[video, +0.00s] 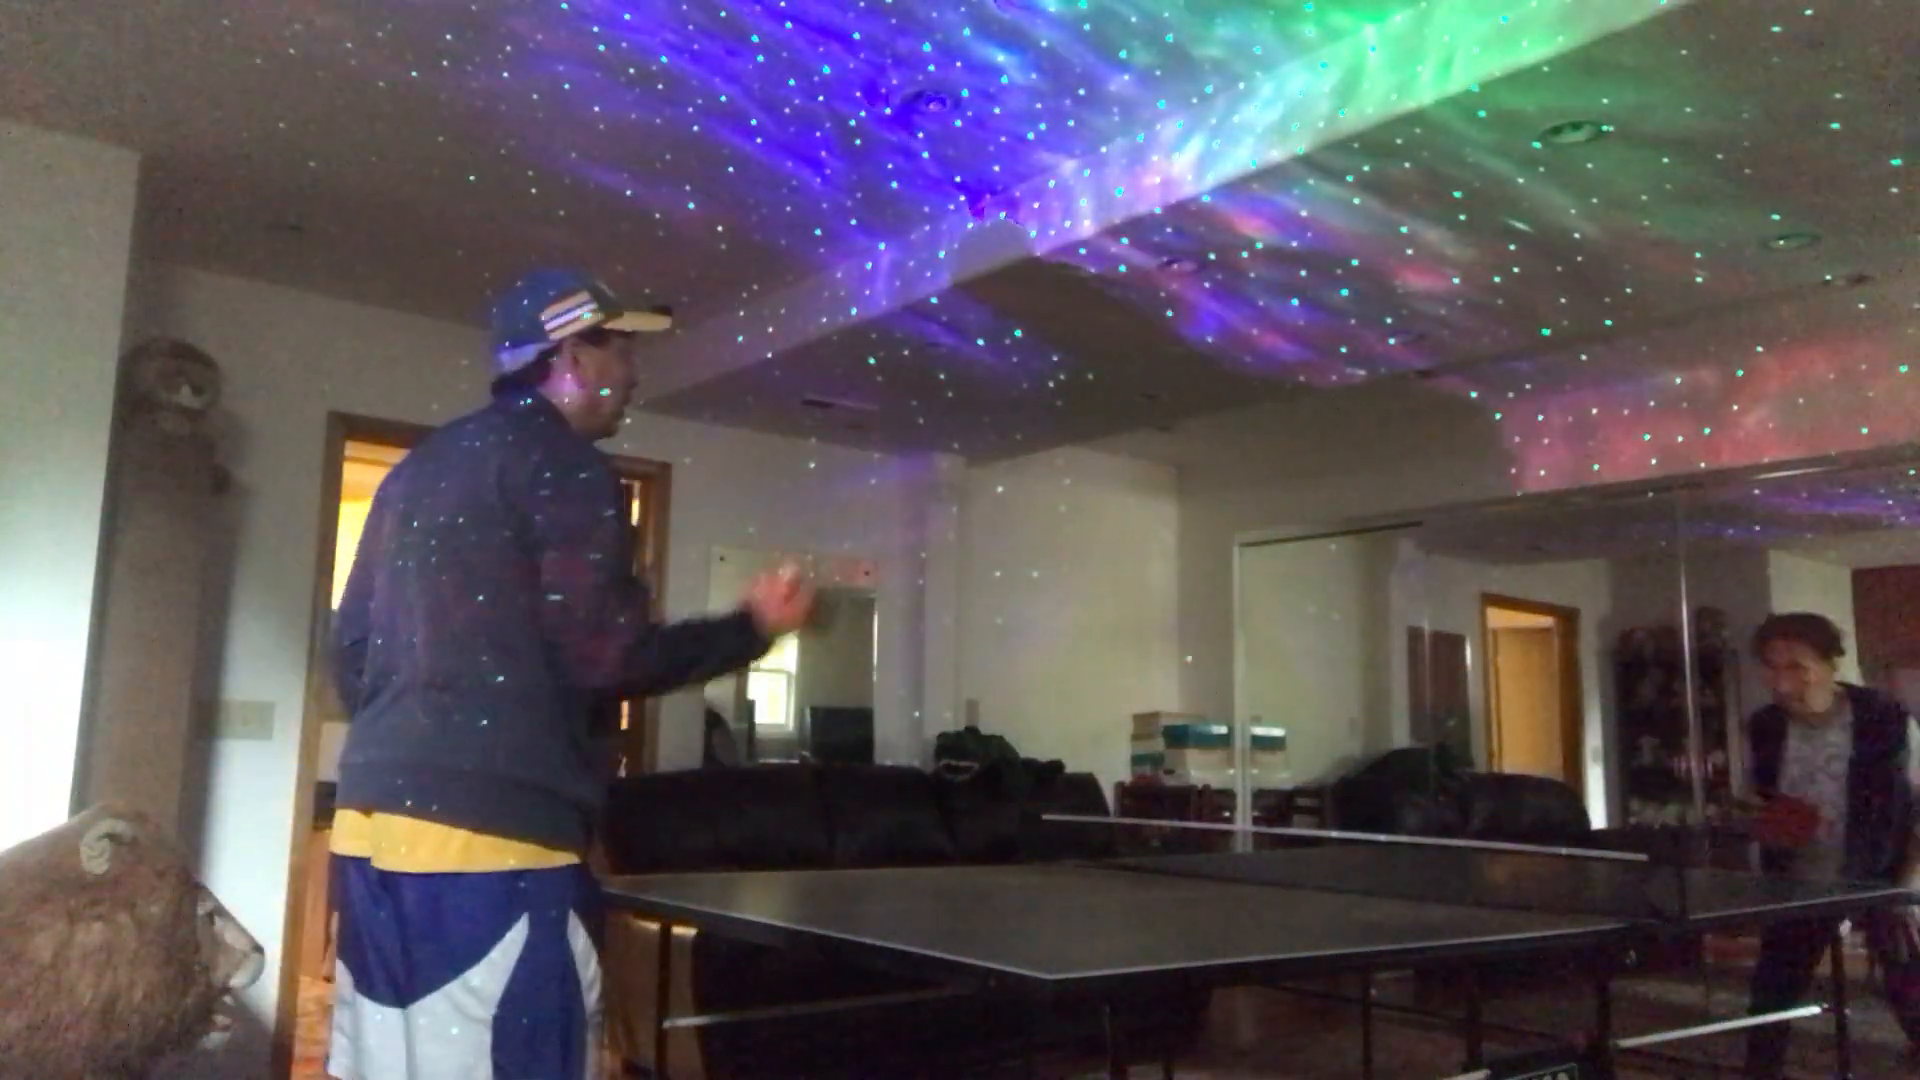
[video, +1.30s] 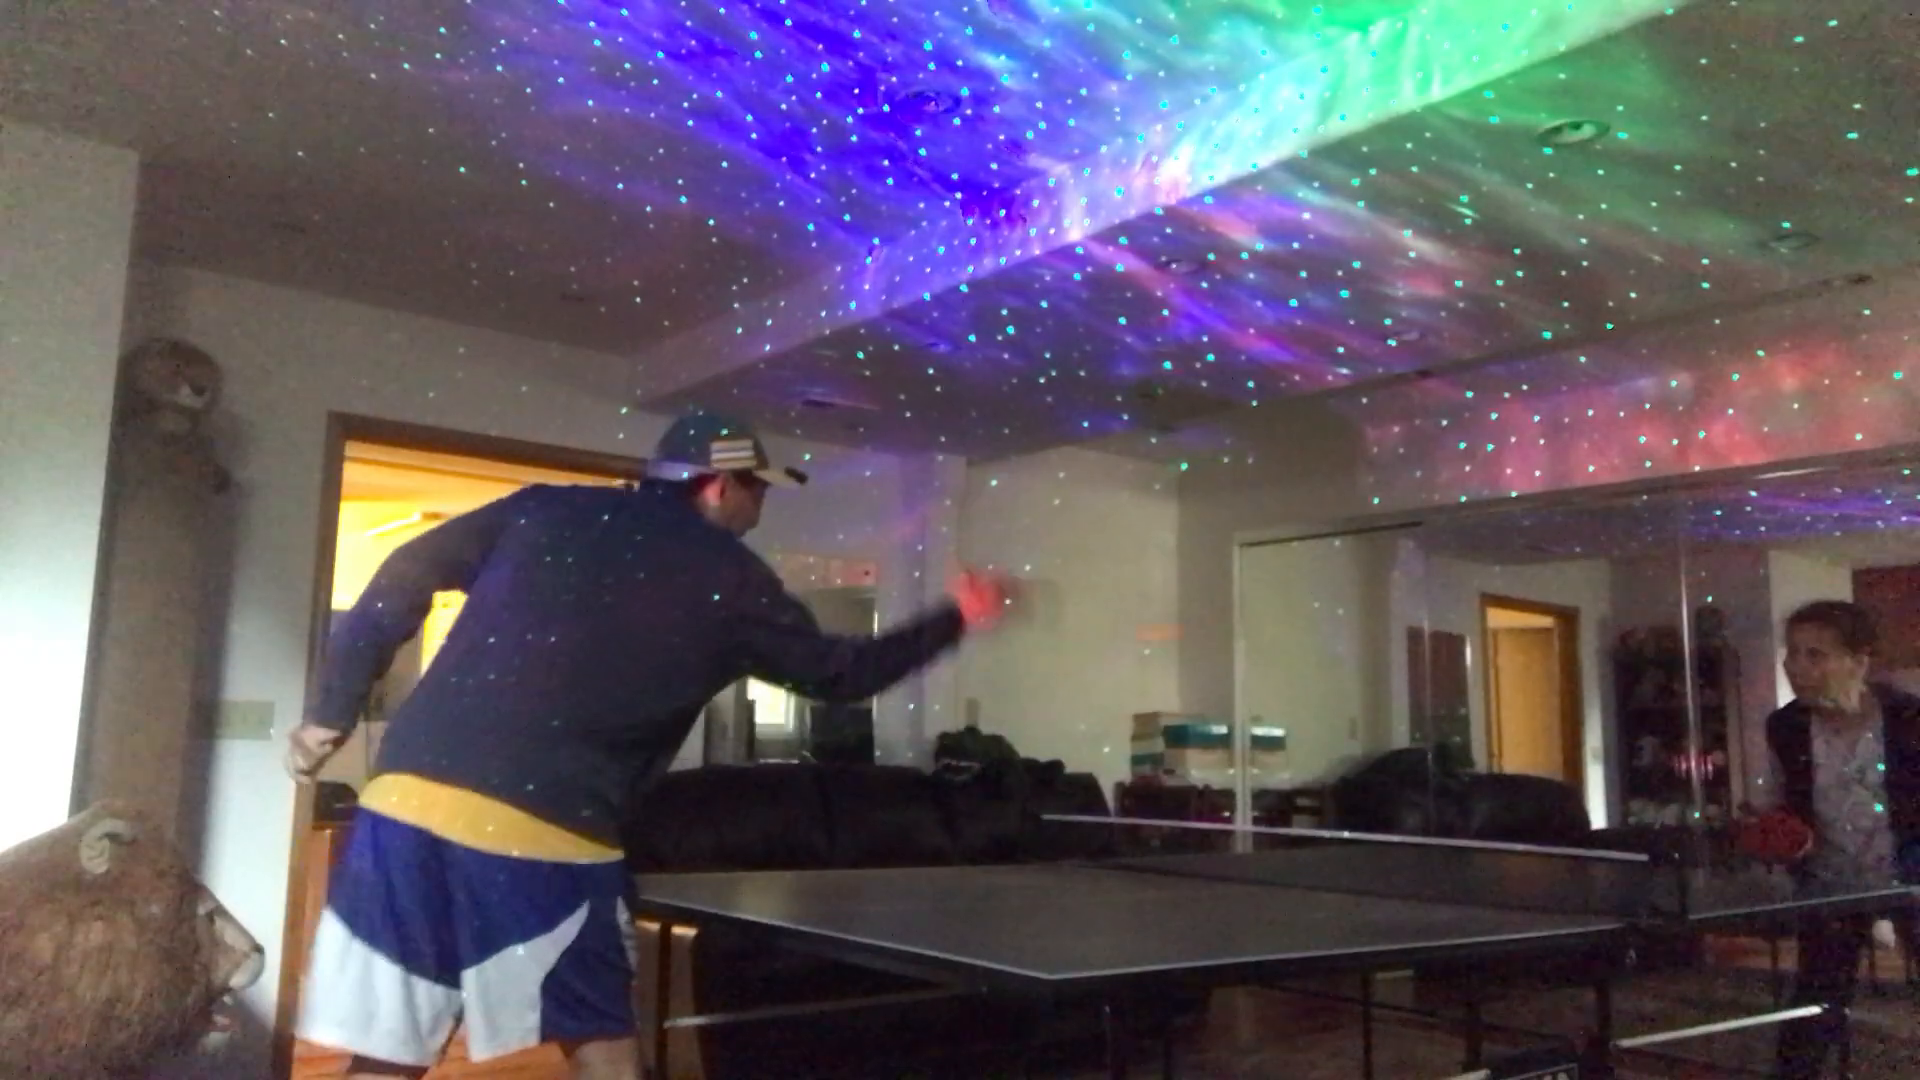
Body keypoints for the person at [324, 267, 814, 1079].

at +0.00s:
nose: (633, 374)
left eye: (631, 352)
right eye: (620, 350)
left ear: (537, 362)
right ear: (567, 358)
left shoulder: (414, 465)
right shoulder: (565, 462)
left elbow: (354, 649)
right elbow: (606, 653)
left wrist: (419, 746)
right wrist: (752, 626)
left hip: (370, 828)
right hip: (497, 842)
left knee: (374, 1067)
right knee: (521, 1063)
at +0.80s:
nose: (630, 437)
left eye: (631, 416)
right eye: (621, 413)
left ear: (545, 411)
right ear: (570, 412)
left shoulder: (424, 490)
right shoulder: (540, 500)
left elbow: (329, 640)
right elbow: (555, 682)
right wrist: (697, 732)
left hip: (326, 821)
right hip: (448, 826)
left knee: (332, 1060)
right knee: (556, 1050)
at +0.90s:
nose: (663, 461)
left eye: (663, 443)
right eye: (651, 438)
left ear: (590, 437)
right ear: (599, 437)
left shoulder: (444, 505)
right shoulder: (576, 527)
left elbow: (333, 641)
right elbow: (601, 718)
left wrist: (351, 771)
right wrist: (732, 783)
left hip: (317, 823)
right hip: (445, 830)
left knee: (322, 1062)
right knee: (552, 1053)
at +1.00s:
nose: (696, 501)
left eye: (698, 481)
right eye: (690, 478)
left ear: (597, 469)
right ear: (645, 474)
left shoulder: (471, 521)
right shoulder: (626, 564)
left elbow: (343, 636)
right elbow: (673, 748)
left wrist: (349, 775)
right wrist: (785, 808)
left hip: (320, 837)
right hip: (461, 854)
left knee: (298, 1067)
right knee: (536, 1064)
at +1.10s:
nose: (726, 529)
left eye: (730, 509)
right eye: (721, 507)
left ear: (632, 487)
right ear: (678, 496)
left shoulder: (505, 527)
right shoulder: (675, 597)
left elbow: (361, 628)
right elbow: (742, 759)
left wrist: (330, 785)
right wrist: (866, 783)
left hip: (351, 812)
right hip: (498, 840)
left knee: (322, 1062)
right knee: (577, 1052)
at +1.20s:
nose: (748, 524)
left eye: (750, 506)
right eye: (741, 504)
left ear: (655, 484)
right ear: (702, 495)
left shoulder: (526, 516)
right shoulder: (711, 590)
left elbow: (385, 596)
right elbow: (821, 721)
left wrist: (317, 739)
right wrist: (930, 716)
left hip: (383, 806)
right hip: (527, 835)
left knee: (326, 1053)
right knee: (596, 1056)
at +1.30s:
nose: (758, 511)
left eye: (761, 496)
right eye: (754, 495)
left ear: (661, 473)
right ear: (718, 487)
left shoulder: (539, 506)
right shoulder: (732, 578)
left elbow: (404, 571)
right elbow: (841, 670)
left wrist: (328, 710)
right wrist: (955, 618)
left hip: (405, 799)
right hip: (546, 830)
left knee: (374, 1057)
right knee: (606, 1060)